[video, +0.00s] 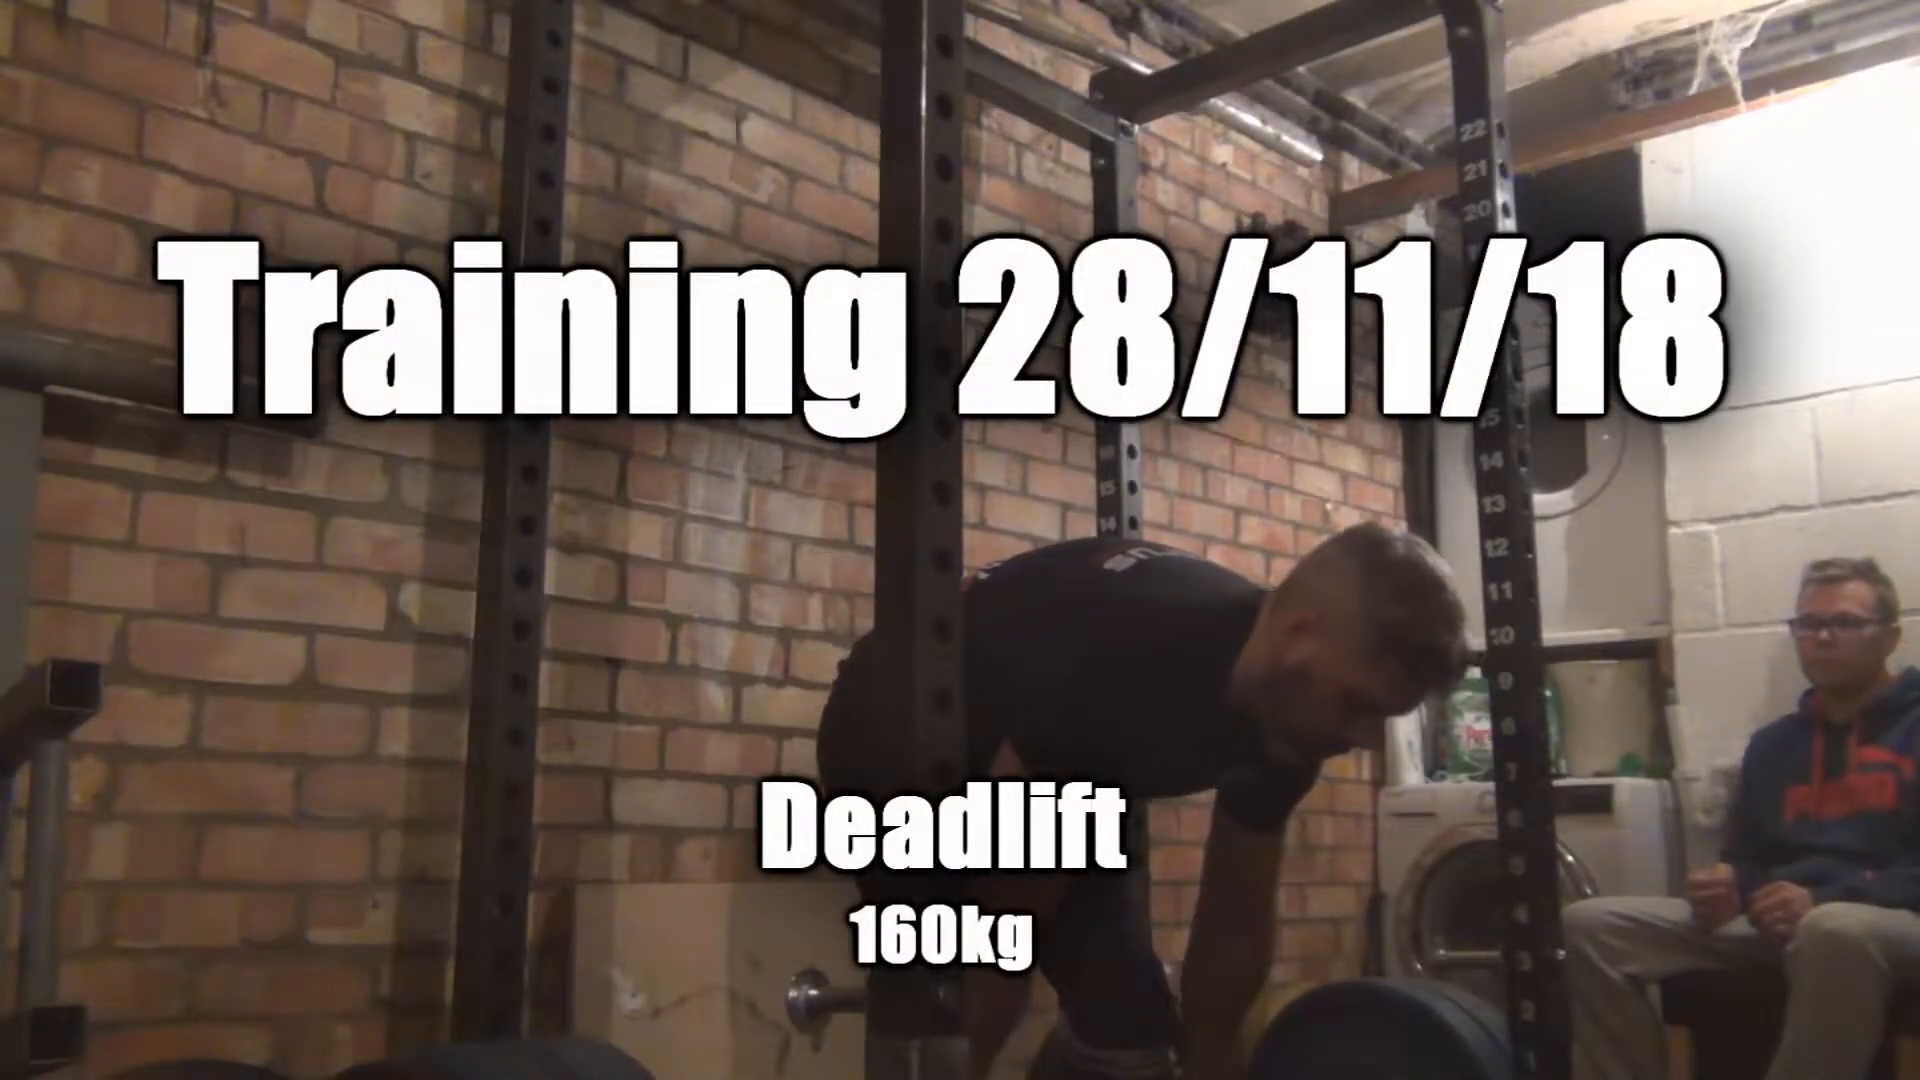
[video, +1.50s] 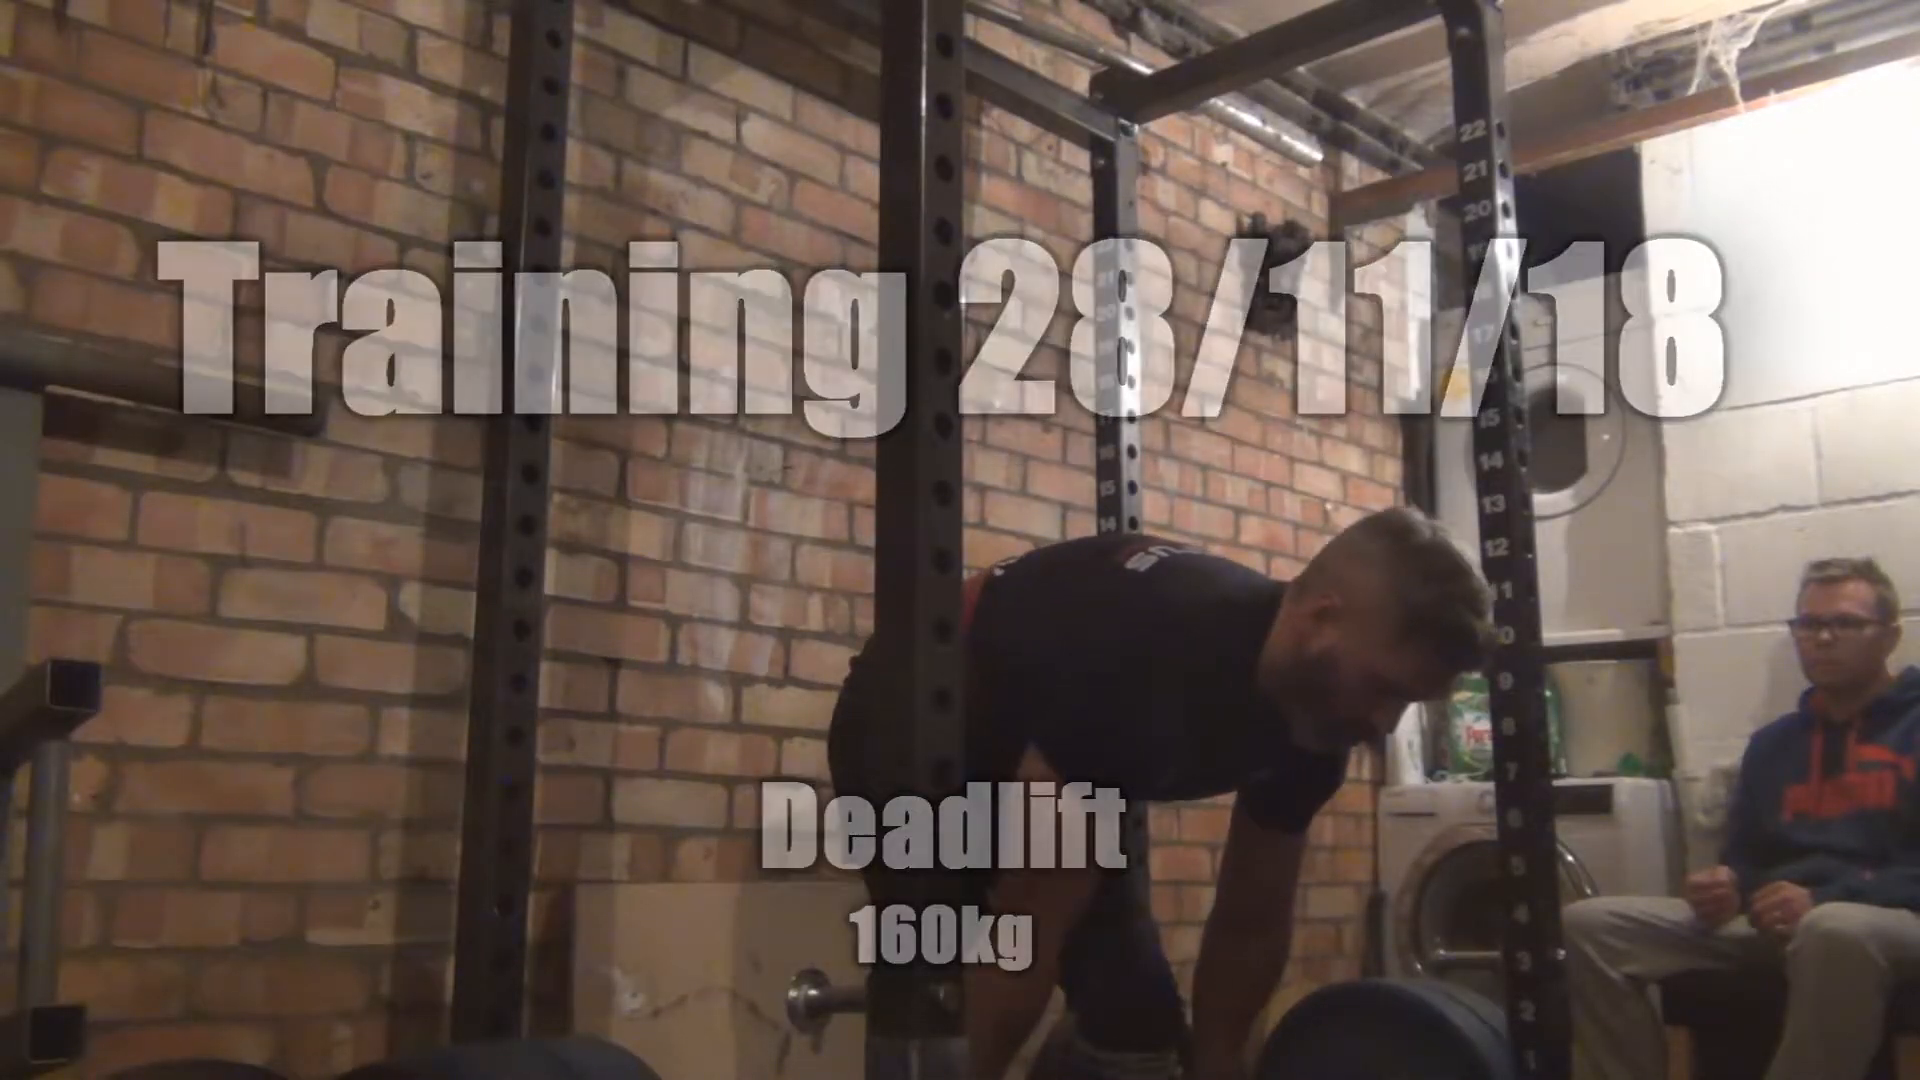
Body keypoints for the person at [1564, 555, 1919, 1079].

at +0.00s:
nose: (1821, 638)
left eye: (1844, 624)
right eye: (1808, 624)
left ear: (1890, 637)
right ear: (1794, 633)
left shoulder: (1914, 723)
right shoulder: (1772, 745)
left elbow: (1914, 875)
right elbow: (1746, 858)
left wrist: (1821, 900)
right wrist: (1729, 888)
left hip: (1895, 922)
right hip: (1774, 920)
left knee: (1833, 936)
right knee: (1589, 929)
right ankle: (1626, 1073)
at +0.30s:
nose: (1821, 638)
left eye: (1844, 624)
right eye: (1808, 624)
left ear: (1890, 637)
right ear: (1794, 633)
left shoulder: (1914, 724)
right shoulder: (1772, 745)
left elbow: (1914, 875)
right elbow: (1746, 857)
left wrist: (1821, 901)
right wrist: (1729, 887)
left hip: (1895, 922)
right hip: (1773, 920)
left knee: (1833, 936)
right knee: (1589, 929)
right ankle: (1626, 1073)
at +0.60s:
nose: (1822, 639)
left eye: (1844, 624)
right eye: (1809, 624)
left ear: (1890, 638)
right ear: (1793, 633)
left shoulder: (1914, 723)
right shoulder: (1772, 745)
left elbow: (1913, 875)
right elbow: (1745, 859)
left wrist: (1821, 900)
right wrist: (1729, 887)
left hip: (1894, 921)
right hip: (1772, 920)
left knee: (1833, 936)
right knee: (1589, 929)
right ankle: (1625, 1073)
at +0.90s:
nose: (1822, 638)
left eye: (1844, 624)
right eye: (1809, 624)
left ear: (1889, 637)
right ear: (1793, 633)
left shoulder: (1914, 723)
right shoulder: (1772, 744)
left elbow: (1914, 875)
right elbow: (1745, 857)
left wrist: (1820, 900)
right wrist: (1729, 885)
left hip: (1893, 921)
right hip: (1771, 920)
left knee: (1833, 936)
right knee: (1589, 929)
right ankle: (1624, 1072)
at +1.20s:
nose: (1821, 638)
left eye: (1843, 624)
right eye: (1808, 624)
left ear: (1890, 637)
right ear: (1793, 634)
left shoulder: (1913, 723)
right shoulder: (1772, 745)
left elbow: (1913, 874)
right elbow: (1745, 864)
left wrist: (1819, 899)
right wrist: (1727, 890)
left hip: (1895, 921)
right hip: (1772, 922)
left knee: (1832, 937)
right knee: (1589, 929)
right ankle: (1627, 1073)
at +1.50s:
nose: (1822, 638)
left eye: (1844, 624)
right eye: (1809, 624)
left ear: (1890, 636)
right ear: (1794, 634)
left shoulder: (1914, 723)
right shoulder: (1772, 744)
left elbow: (1914, 873)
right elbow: (1745, 858)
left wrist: (1820, 900)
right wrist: (1729, 888)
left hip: (1894, 920)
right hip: (1770, 921)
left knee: (1833, 935)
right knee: (1589, 929)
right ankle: (1629, 1072)